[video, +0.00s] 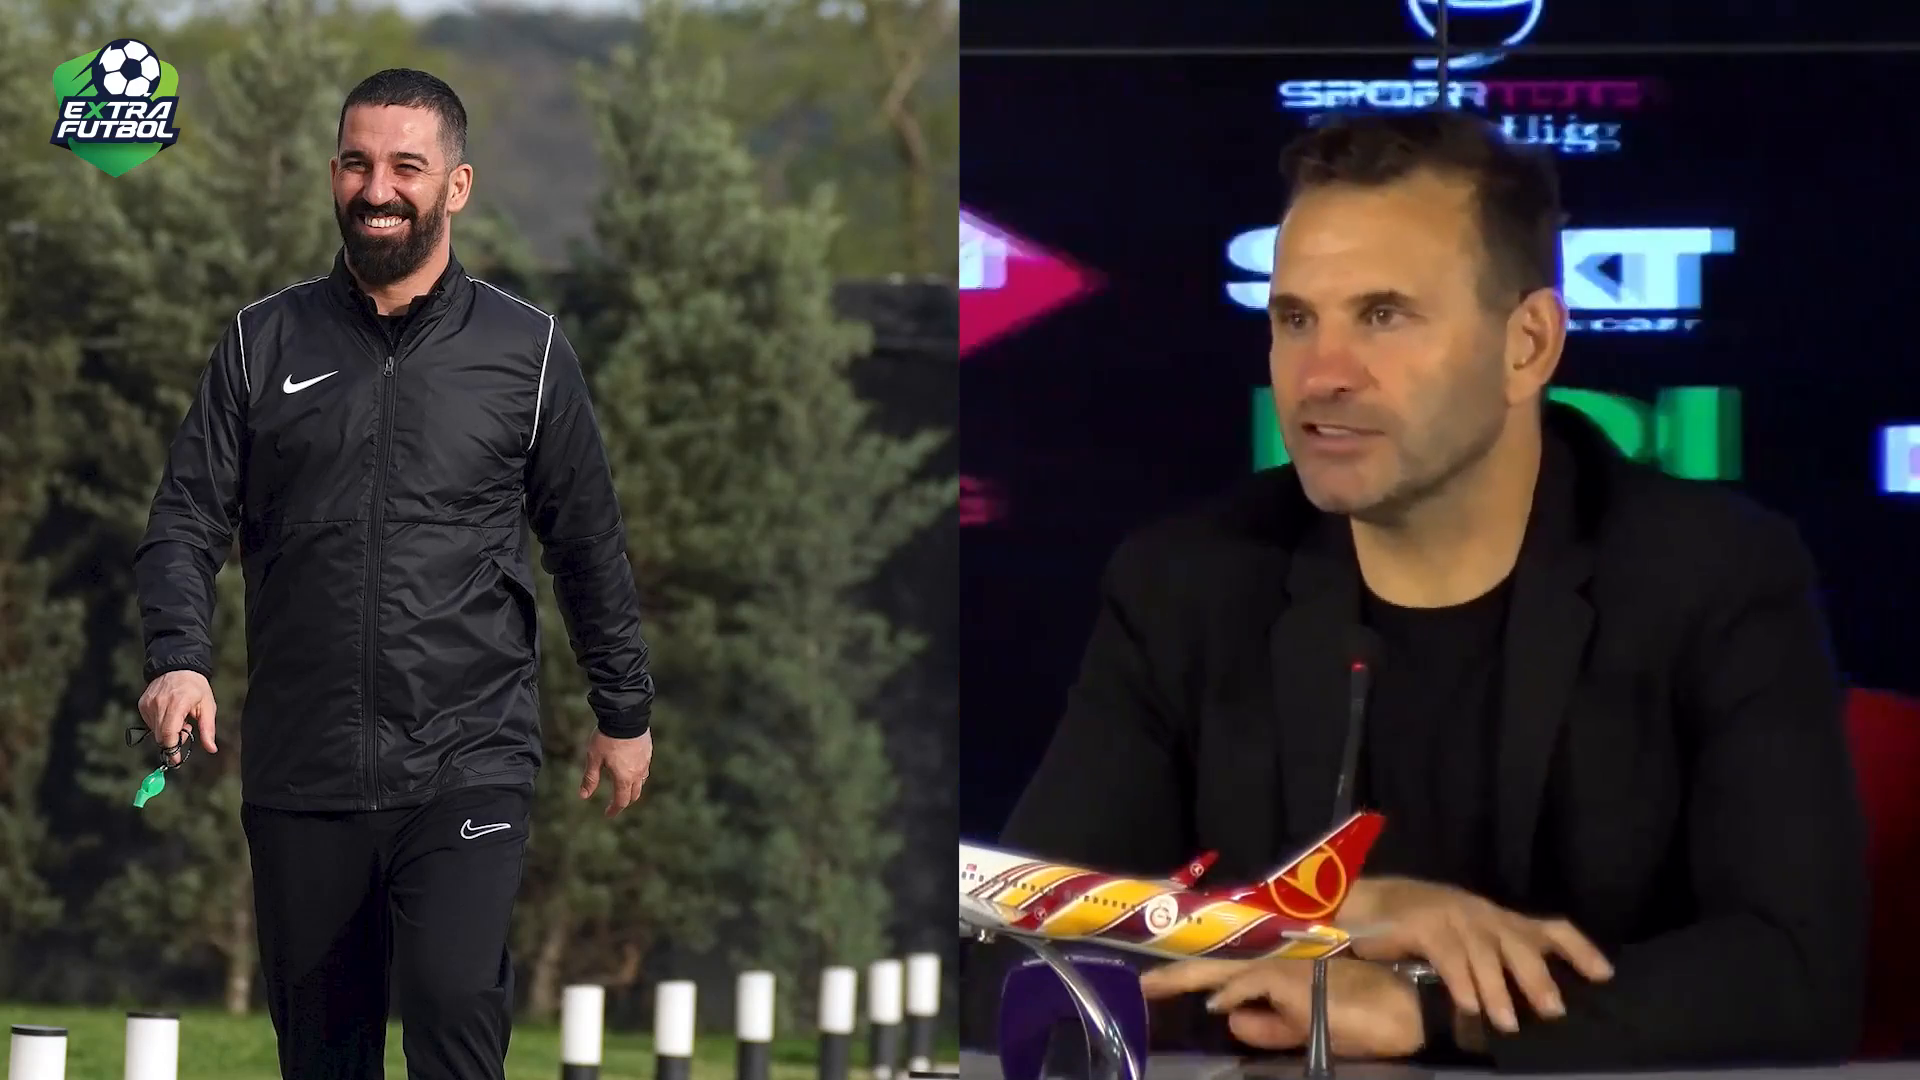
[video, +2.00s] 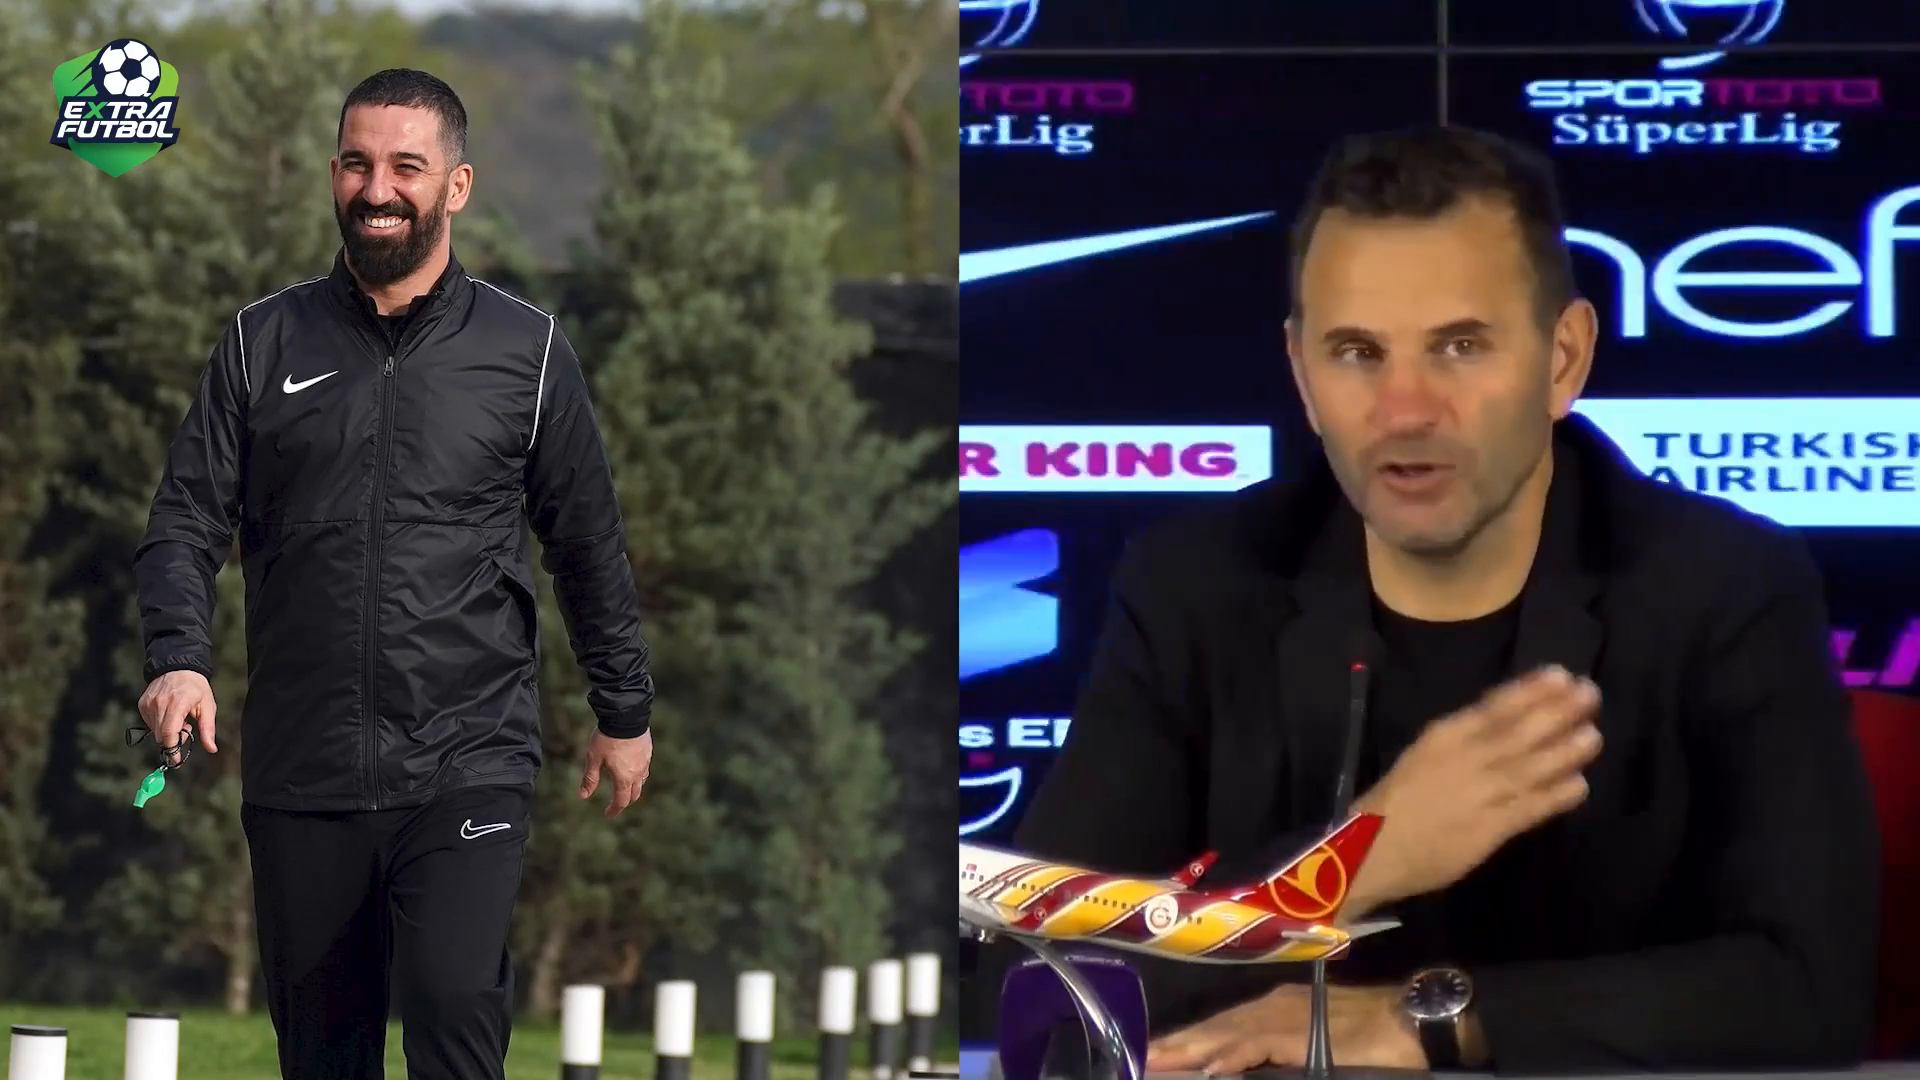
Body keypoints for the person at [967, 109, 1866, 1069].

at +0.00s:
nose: (1318, 376)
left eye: (1384, 317)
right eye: (1294, 319)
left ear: (1528, 343)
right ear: (1269, 331)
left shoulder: (1718, 578)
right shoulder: (1188, 584)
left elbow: (1795, 976)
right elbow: (1028, 940)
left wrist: (1435, 1012)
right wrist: (1330, 906)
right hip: (1250, 1075)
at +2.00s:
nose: (1404, 405)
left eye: (1461, 345)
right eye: (1358, 351)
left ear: (1566, 355)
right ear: (1300, 367)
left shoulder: (1729, 593)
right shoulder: (1193, 588)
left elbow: (1810, 993)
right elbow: (1049, 981)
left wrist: (1432, 1020)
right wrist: (1357, 858)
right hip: (1252, 1077)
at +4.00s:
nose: (1368, 392)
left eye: (1430, 334)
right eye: (1332, 338)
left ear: (1557, 358)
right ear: (1294, 356)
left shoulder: (1722, 592)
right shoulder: (1192, 592)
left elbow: (1809, 990)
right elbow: (1026, 956)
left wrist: (1418, 1030)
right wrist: (1329, 955)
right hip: (1248, 1072)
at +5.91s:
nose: (1324, 402)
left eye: (1388, 344)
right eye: (1301, 346)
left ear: (1538, 365)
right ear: (1277, 350)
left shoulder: (1730, 595)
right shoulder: (1195, 594)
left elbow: (1810, 993)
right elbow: (1022, 948)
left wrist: (1437, 1025)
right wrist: (1316, 941)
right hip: (1251, 1073)